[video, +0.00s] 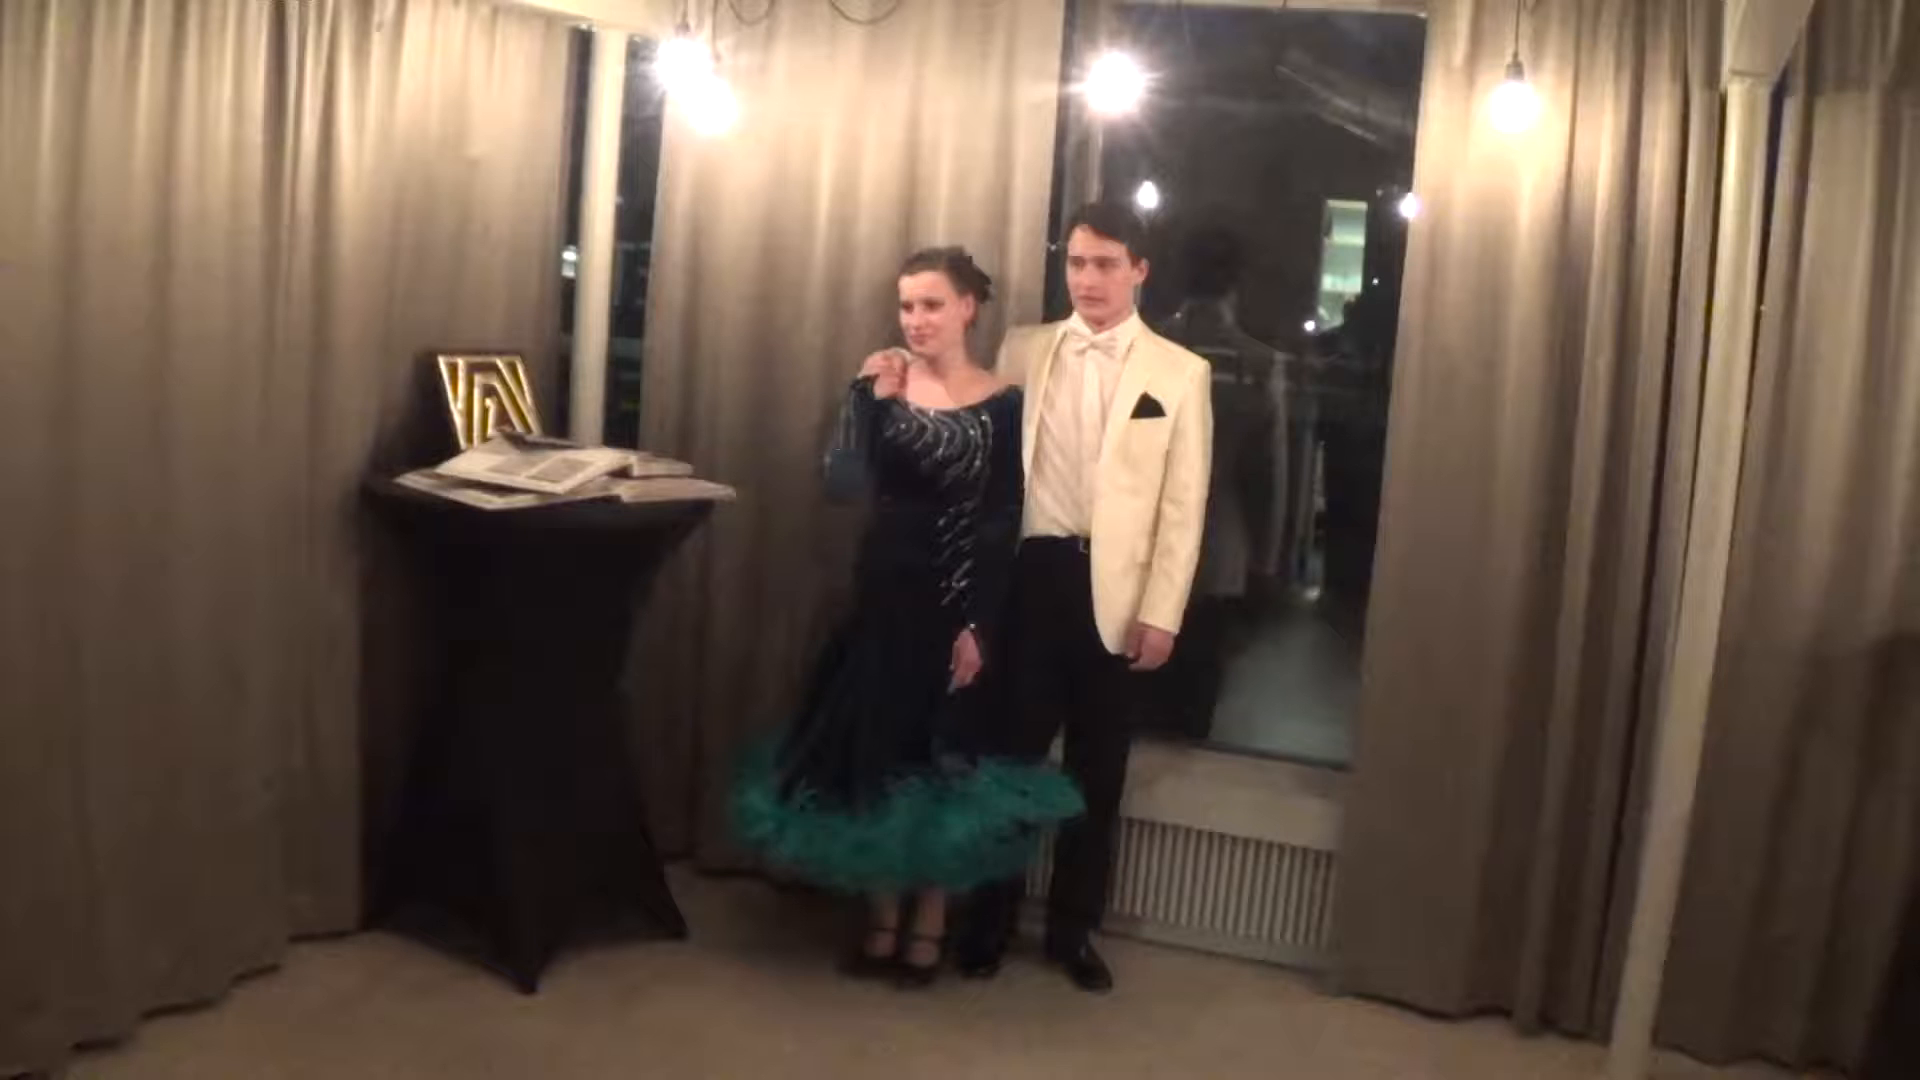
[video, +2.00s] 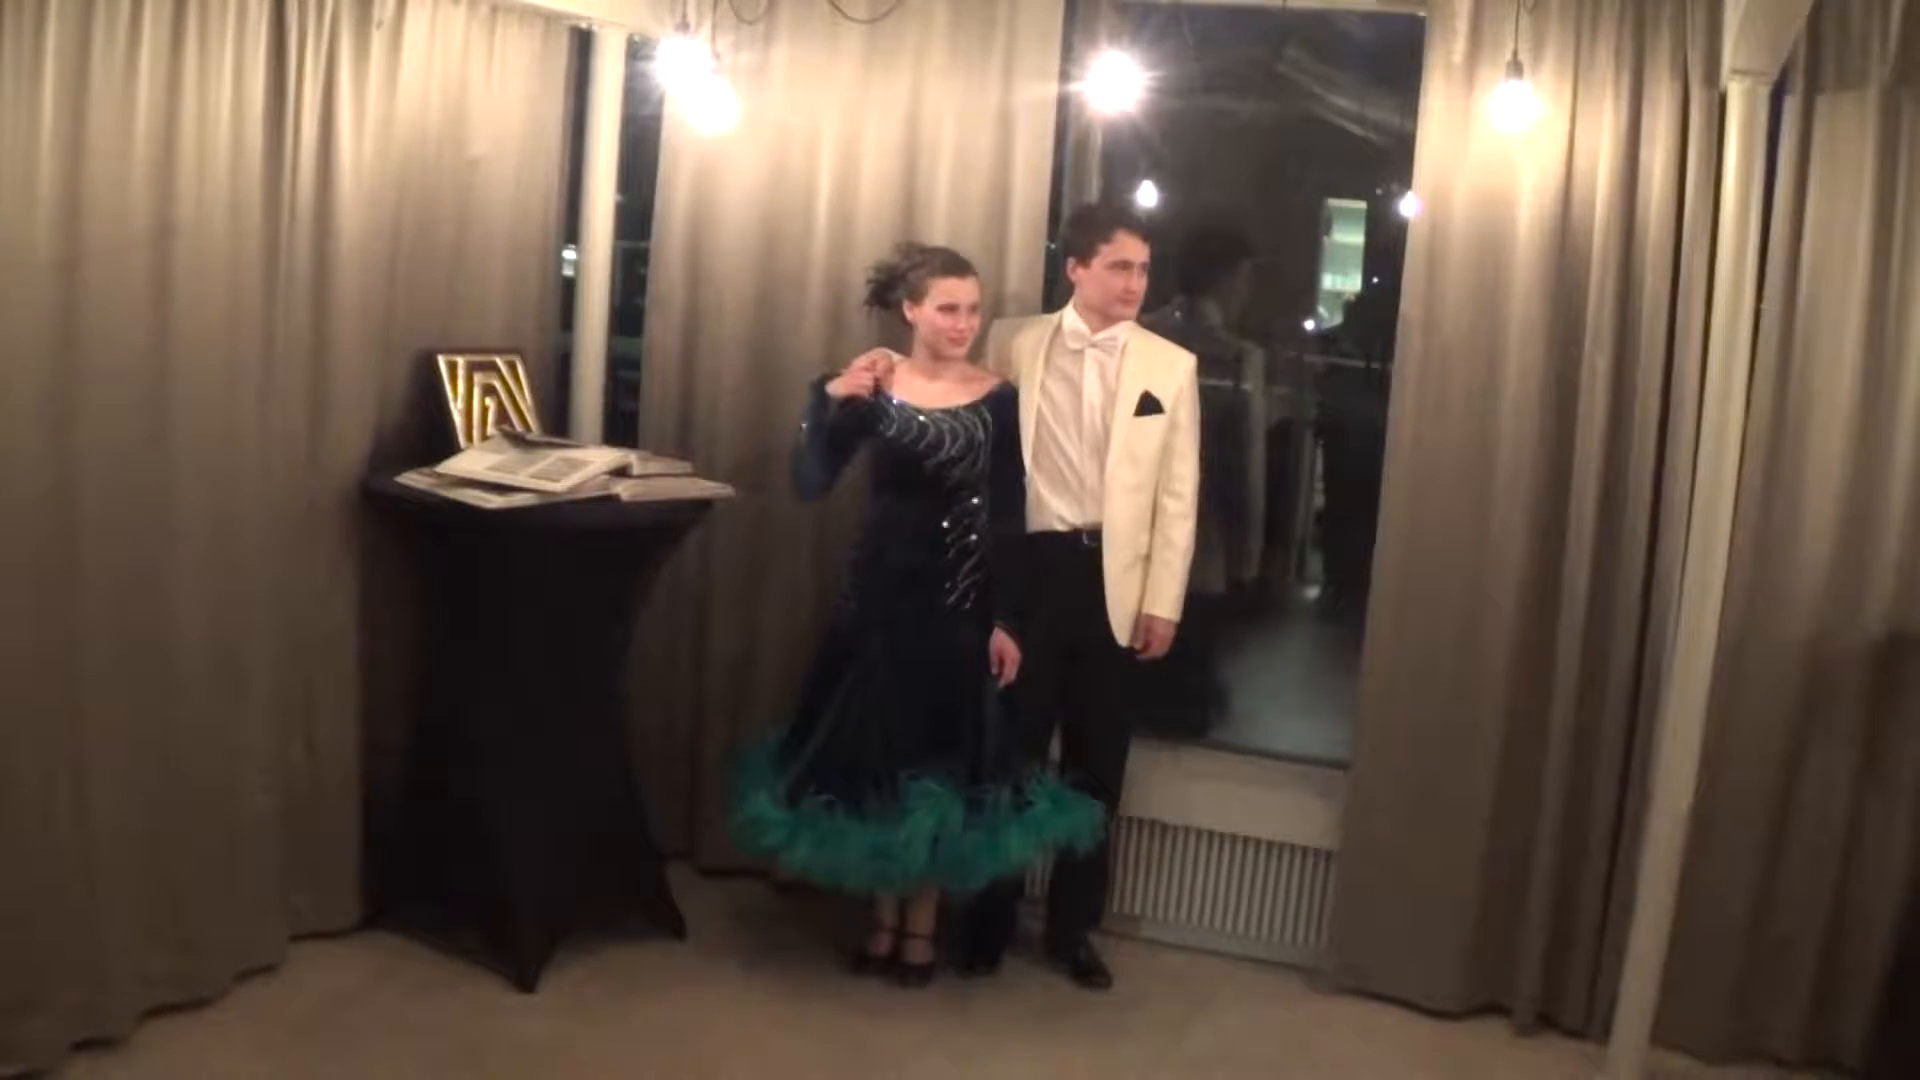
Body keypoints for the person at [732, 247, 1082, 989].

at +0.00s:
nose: (916, 319)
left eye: (931, 305)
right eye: (907, 306)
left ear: (971, 309)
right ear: (899, 312)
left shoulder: (1002, 402)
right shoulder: (884, 391)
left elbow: (1001, 522)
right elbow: (843, 484)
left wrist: (977, 623)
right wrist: (867, 397)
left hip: (960, 600)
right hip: (887, 589)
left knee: (943, 753)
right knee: (879, 746)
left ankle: (931, 906)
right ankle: (883, 902)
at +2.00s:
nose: (960, 323)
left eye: (971, 310)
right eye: (945, 309)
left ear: (984, 315)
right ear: (907, 312)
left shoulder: (996, 399)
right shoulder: (877, 386)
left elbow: (1007, 516)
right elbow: (812, 480)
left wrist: (1005, 619)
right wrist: (835, 397)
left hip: (961, 600)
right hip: (885, 592)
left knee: (942, 752)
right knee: (882, 748)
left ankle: (924, 909)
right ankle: (882, 907)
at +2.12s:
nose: (961, 323)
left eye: (971, 310)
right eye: (945, 309)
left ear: (983, 315)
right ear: (907, 311)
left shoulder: (994, 397)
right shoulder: (875, 385)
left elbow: (1006, 515)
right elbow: (810, 480)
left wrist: (1005, 619)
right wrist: (834, 397)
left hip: (961, 600)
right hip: (885, 593)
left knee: (942, 754)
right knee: (882, 749)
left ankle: (923, 911)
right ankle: (881, 908)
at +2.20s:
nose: (960, 323)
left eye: (970, 309)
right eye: (945, 309)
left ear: (982, 314)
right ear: (906, 311)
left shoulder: (993, 397)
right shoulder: (874, 386)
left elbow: (1006, 514)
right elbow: (810, 481)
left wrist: (1005, 618)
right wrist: (833, 397)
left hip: (961, 600)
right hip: (885, 594)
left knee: (942, 756)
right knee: (882, 750)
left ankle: (923, 912)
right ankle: (881, 909)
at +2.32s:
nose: (960, 323)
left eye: (970, 309)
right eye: (944, 309)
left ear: (981, 315)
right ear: (905, 312)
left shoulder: (994, 398)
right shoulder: (874, 385)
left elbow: (1006, 515)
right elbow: (810, 480)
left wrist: (1006, 618)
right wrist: (833, 398)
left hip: (961, 598)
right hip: (885, 591)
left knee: (941, 753)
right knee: (882, 747)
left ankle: (923, 910)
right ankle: (881, 907)